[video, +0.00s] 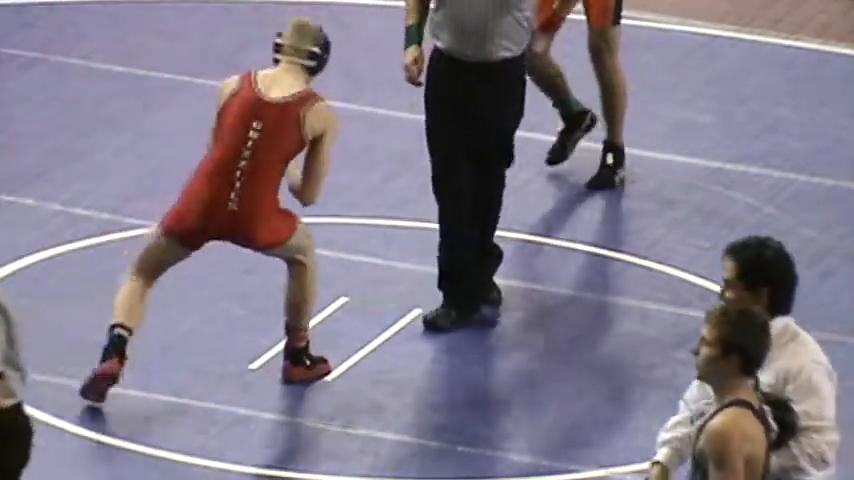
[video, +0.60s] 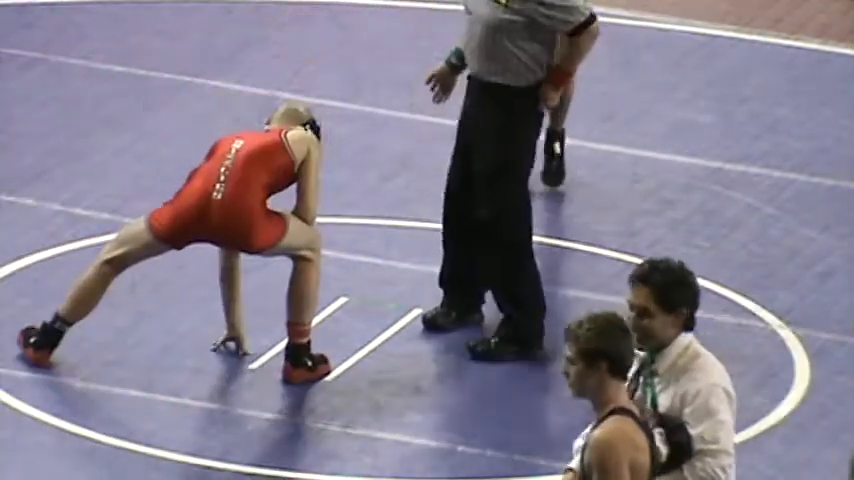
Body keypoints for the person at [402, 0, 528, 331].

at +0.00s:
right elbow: (417, 2)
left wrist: (546, 30)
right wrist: (413, 40)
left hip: (502, 68)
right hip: (448, 62)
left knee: (488, 177)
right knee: (451, 182)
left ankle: (480, 276)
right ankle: (458, 296)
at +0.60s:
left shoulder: (545, 5)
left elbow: (587, 27)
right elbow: (485, 21)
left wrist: (557, 80)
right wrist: (454, 65)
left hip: (517, 97)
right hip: (481, 90)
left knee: (503, 212)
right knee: (462, 198)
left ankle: (523, 331)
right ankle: (461, 301)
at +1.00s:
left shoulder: (544, 7)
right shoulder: (525, 5)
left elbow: (579, 57)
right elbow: (519, 30)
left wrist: (573, 114)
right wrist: (474, 55)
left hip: (548, 109)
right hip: (534, 102)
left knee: (532, 217)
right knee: (526, 215)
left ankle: (528, 330)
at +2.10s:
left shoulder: (568, 13)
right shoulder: (557, 10)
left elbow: (618, 70)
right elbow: (541, 56)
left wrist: (612, 138)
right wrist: (483, 82)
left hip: (600, 130)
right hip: (584, 125)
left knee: (581, 235)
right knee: (564, 226)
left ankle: (568, 351)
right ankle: (564, 324)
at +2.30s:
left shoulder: (560, 17)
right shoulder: (569, 5)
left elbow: (614, 61)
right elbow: (555, 50)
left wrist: (611, 116)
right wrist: (517, 31)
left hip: (589, 128)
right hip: (607, 121)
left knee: (564, 228)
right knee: (589, 224)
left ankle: (570, 332)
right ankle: (588, 318)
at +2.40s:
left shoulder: (560, 15)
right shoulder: (593, 4)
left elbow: (598, 67)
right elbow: (563, 50)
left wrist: (587, 125)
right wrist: (528, 19)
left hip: (589, 128)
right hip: (618, 119)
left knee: (565, 226)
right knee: (596, 223)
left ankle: (563, 323)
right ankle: (590, 316)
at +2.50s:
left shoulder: (572, 15)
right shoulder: (593, 5)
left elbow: (566, 98)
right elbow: (568, 49)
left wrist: (538, 130)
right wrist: (535, 16)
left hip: (593, 130)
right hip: (619, 118)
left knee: (568, 231)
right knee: (597, 229)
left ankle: (567, 332)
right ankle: (588, 327)